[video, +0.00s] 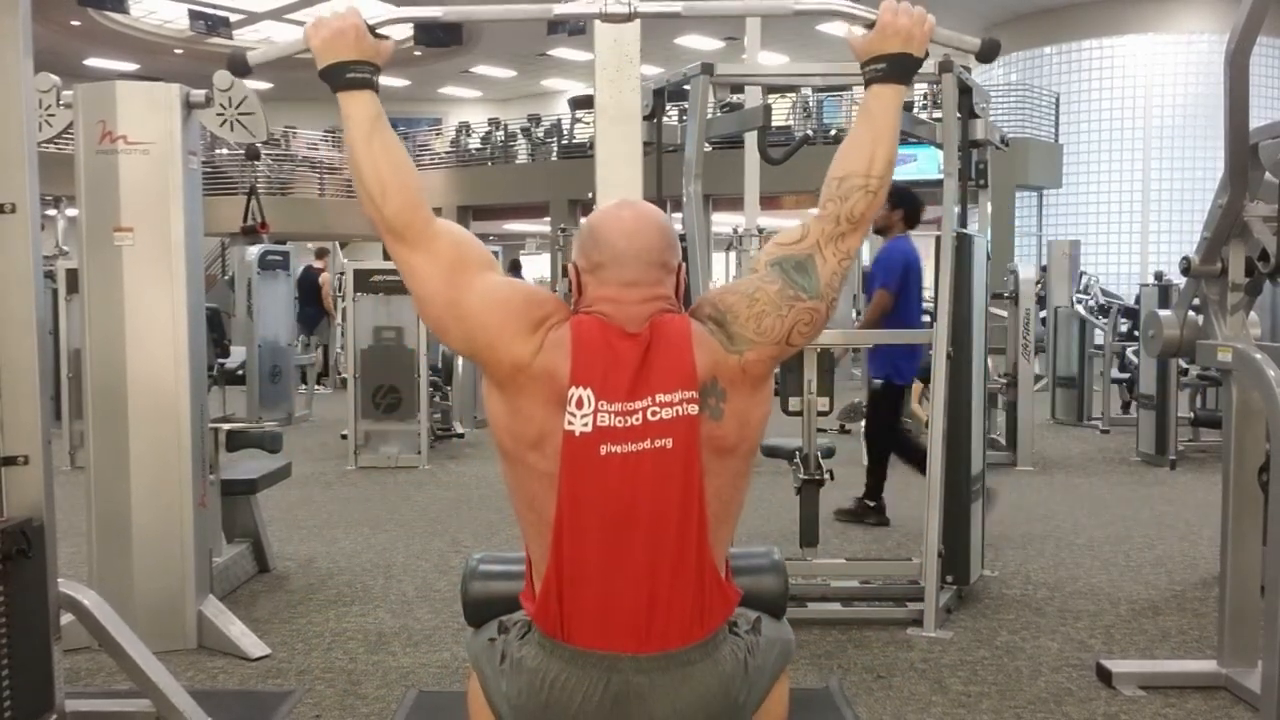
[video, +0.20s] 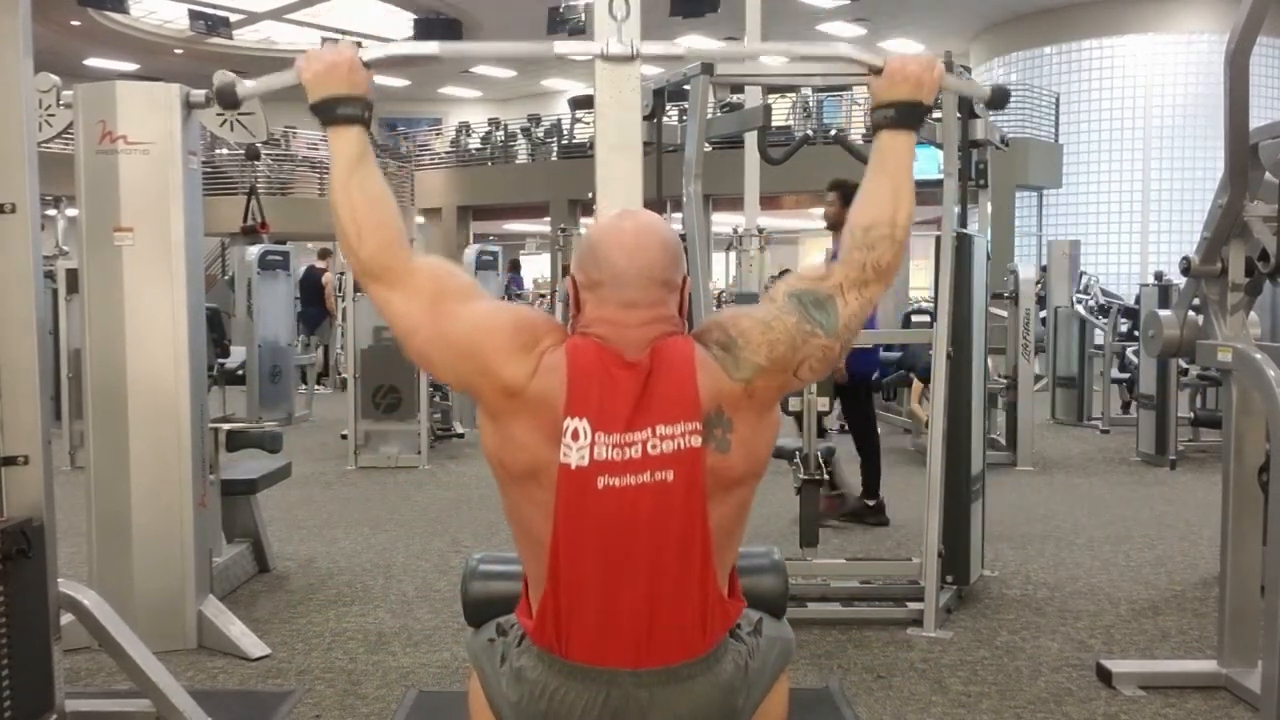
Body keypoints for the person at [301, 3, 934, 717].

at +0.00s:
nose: (574, 275)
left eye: (575, 264)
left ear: (576, 280)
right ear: (679, 278)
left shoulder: (519, 340)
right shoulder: (739, 343)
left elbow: (407, 225)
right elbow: (842, 219)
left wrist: (348, 75)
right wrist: (890, 72)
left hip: (557, 682)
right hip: (699, 683)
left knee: (489, 664)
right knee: (771, 646)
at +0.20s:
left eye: (575, 272)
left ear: (574, 294)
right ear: (683, 293)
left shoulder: (515, 362)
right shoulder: (745, 365)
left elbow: (384, 266)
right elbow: (865, 271)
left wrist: (343, 114)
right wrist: (899, 118)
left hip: (553, 686)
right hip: (699, 686)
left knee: (490, 651)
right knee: (769, 647)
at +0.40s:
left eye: (566, 311)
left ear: (569, 331)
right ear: (684, 330)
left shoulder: (503, 411)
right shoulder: (754, 411)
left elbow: (360, 351)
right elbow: (888, 355)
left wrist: (333, 199)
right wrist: (908, 207)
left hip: (552, 691)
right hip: (710, 688)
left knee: (486, 660)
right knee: (770, 642)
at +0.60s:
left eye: (567, 344)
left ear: (566, 368)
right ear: (686, 369)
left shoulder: (495, 473)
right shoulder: (756, 474)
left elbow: (340, 452)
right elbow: (901, 465)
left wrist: (327, 305)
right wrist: (914, 319)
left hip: (546, 696)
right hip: (708, 694)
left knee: (492, 615)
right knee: (770, 639)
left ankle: (480, 708)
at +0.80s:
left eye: (564, 375)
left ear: (564, 398)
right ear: (688, 401)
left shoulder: (488, 517)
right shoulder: (764, 515)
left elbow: (336, 555)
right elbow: (895, 564)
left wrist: (323, 407)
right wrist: (909, 417)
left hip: (537, 704)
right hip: (703, 704)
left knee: (488, 643)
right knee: (770, 628)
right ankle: (774, 702)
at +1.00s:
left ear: (563, 419)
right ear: (689, 422)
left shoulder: (485, 544)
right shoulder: (767, 544)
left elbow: (349, 627)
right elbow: (876, 636)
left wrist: (326, 479)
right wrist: (905, 486)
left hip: (532, 707)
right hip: (703, 710)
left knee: (486, 669)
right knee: (767, 645)